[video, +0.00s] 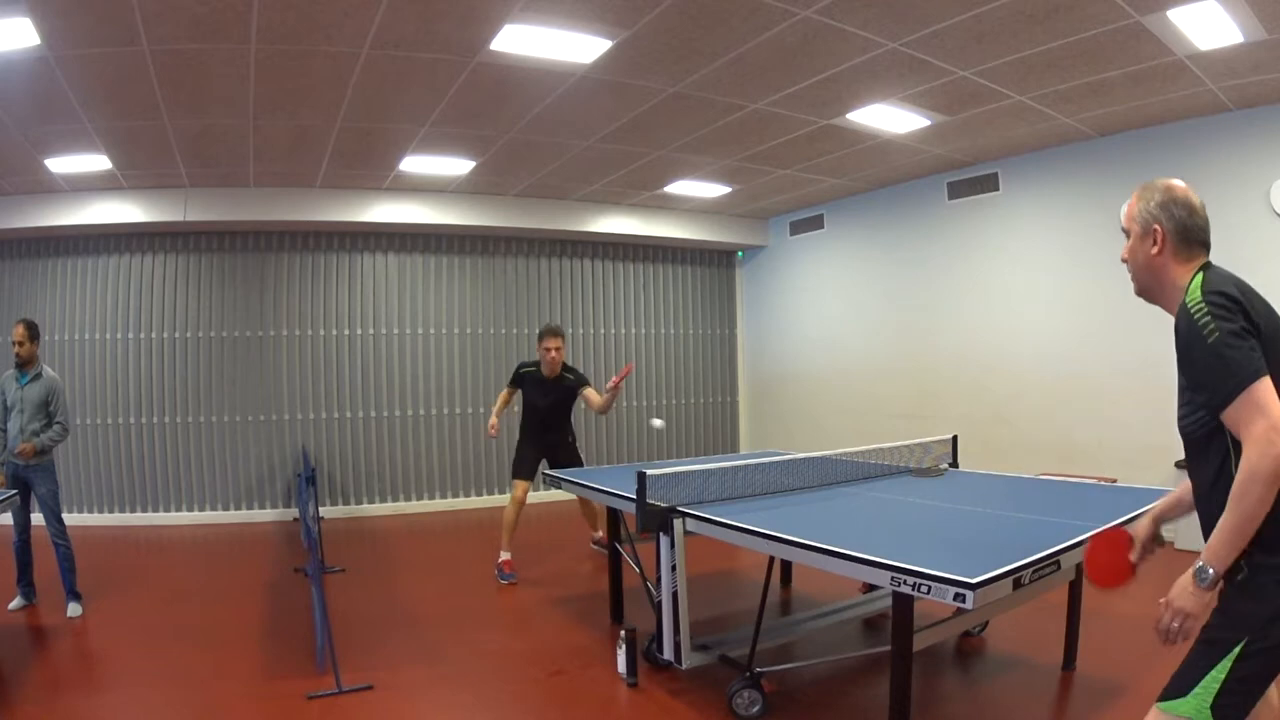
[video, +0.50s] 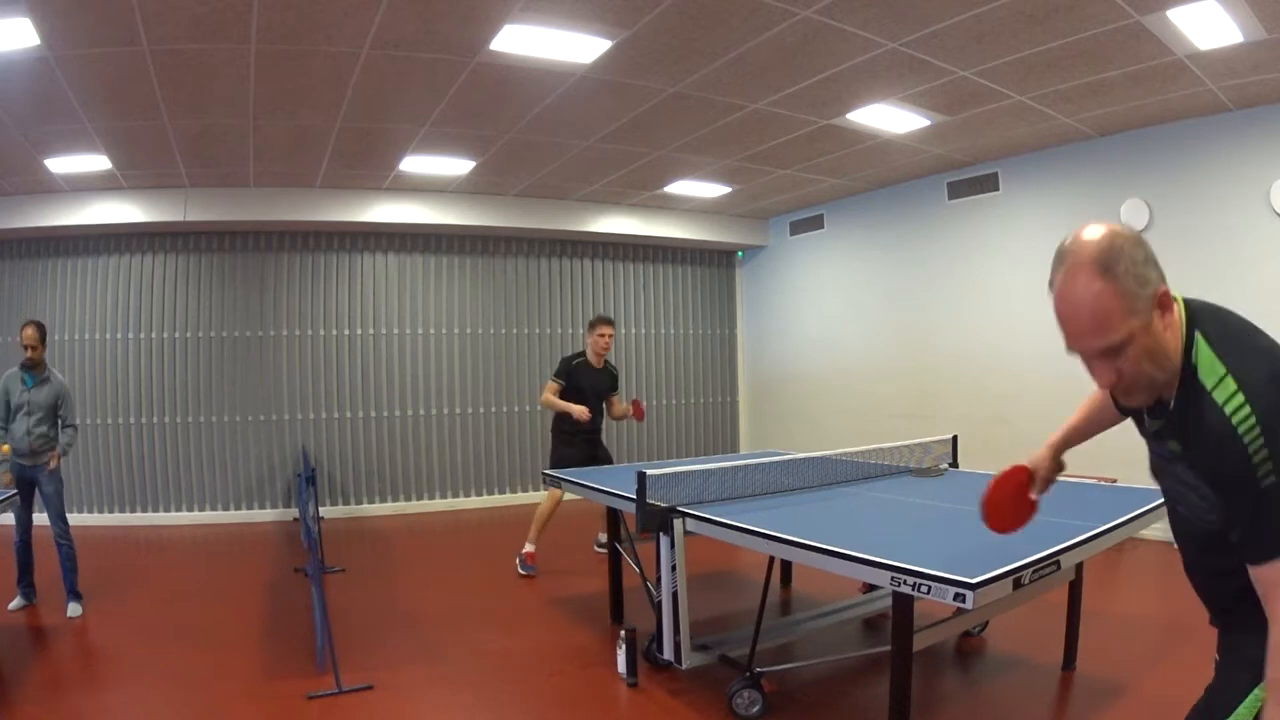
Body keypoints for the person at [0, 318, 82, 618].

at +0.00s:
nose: (15, 348)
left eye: (21, 343)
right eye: (13, 343)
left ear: (36, 344)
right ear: (12, 345)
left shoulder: (51, 382)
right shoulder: (6, 381)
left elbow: (62, 427)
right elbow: (3, 426)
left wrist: (37, 444)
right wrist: (2, 466)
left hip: (41, 466)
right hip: (11, 466)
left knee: (56, 532)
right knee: (20, 533)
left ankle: (72, 596)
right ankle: (26, 593)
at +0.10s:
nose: (16, 348)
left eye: (21, 343)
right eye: (13, 343)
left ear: (36, 344)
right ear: (11, 345)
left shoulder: (51, 382)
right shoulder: (6, 381)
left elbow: (62, 426)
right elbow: (3, 426)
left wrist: (38, 445)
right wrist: (2, 467)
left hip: (41, 466)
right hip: (12, 466)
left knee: (57, 531)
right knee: (20, 533)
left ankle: (72, 596)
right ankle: (26, 593)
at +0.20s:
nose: (17, 349)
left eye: (22, 344)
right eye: (14, 344)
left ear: (36, 345)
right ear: (12, 345)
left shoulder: (51, 381)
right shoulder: (7, 381)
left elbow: (64, 426)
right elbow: (4, 425)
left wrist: (44, 446)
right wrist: (2, 466)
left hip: (41, 465)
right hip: (12, 465)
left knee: (57, 532)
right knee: (20, 533)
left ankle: (72, 596)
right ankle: (26, 593)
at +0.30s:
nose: (20, 350)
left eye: (26, 345)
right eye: (17, 345)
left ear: (39, 346)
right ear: (14, 346)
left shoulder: (53, 382)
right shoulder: (7, 381)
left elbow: (66, 425)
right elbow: (3, 424)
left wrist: (49, 450)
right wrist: (3, 466)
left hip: (43, 464)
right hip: (14, 464)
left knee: (58, 531)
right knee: (21, 532)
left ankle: (73, 596)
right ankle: (26, 593)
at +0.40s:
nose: (23, 352)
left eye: (29, 347)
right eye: (20, 346)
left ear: (41, 347)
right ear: (16, 346)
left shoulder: (55, 384)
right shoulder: (7, 381)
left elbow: (68, 428)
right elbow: (2, 426)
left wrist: (55, 451)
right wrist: (3, 467)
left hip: (45, 465)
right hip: (15, 466)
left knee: (59, 532)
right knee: (22, 534)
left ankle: (73, 597)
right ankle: (26, 593)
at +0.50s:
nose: (28, 352)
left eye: (33, 347)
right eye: (25, 347)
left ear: (44, 347)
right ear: (20, 346)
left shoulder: (57, 385)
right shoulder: (8, 381)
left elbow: (69, 427)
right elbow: (3, 425)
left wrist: (59, 453)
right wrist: (5, 466)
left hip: (47, 465)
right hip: (17, 465)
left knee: (60, 532)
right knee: (22, 533)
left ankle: (73, 596)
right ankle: (26, 593)